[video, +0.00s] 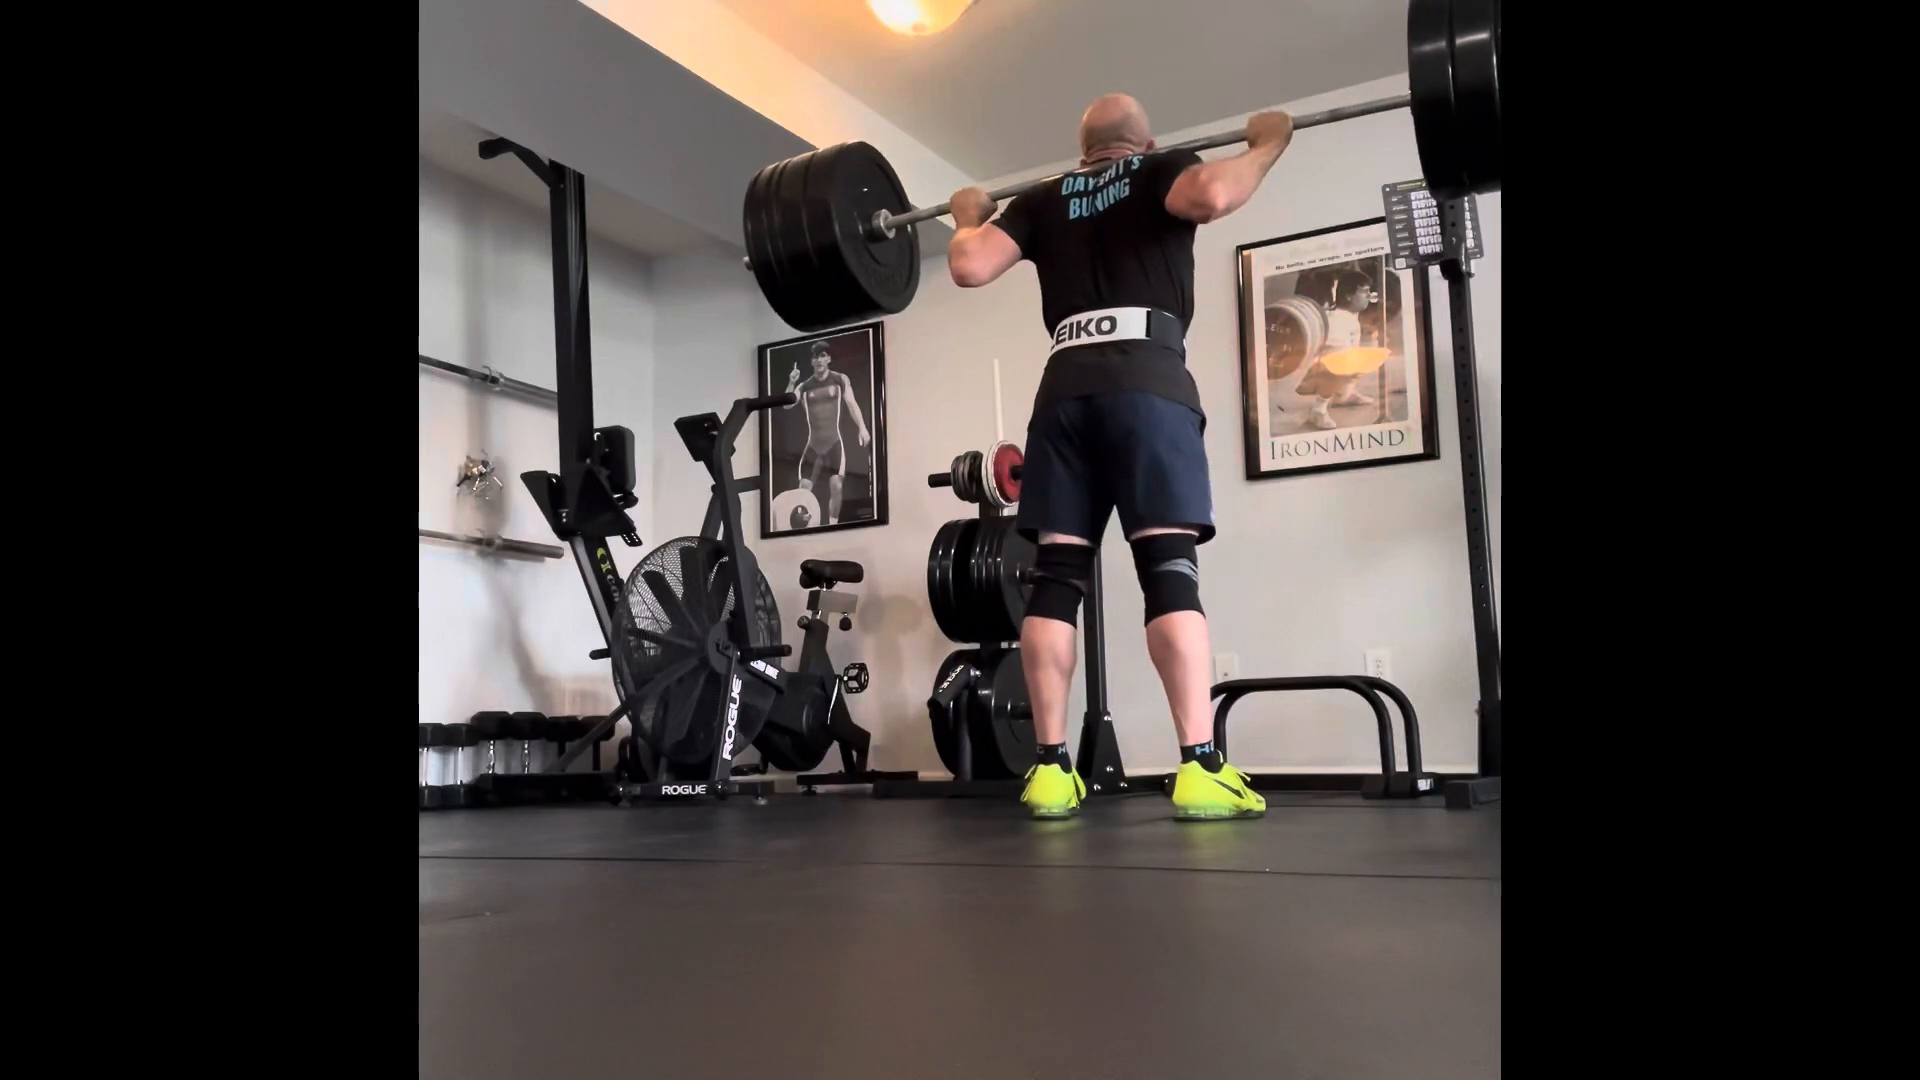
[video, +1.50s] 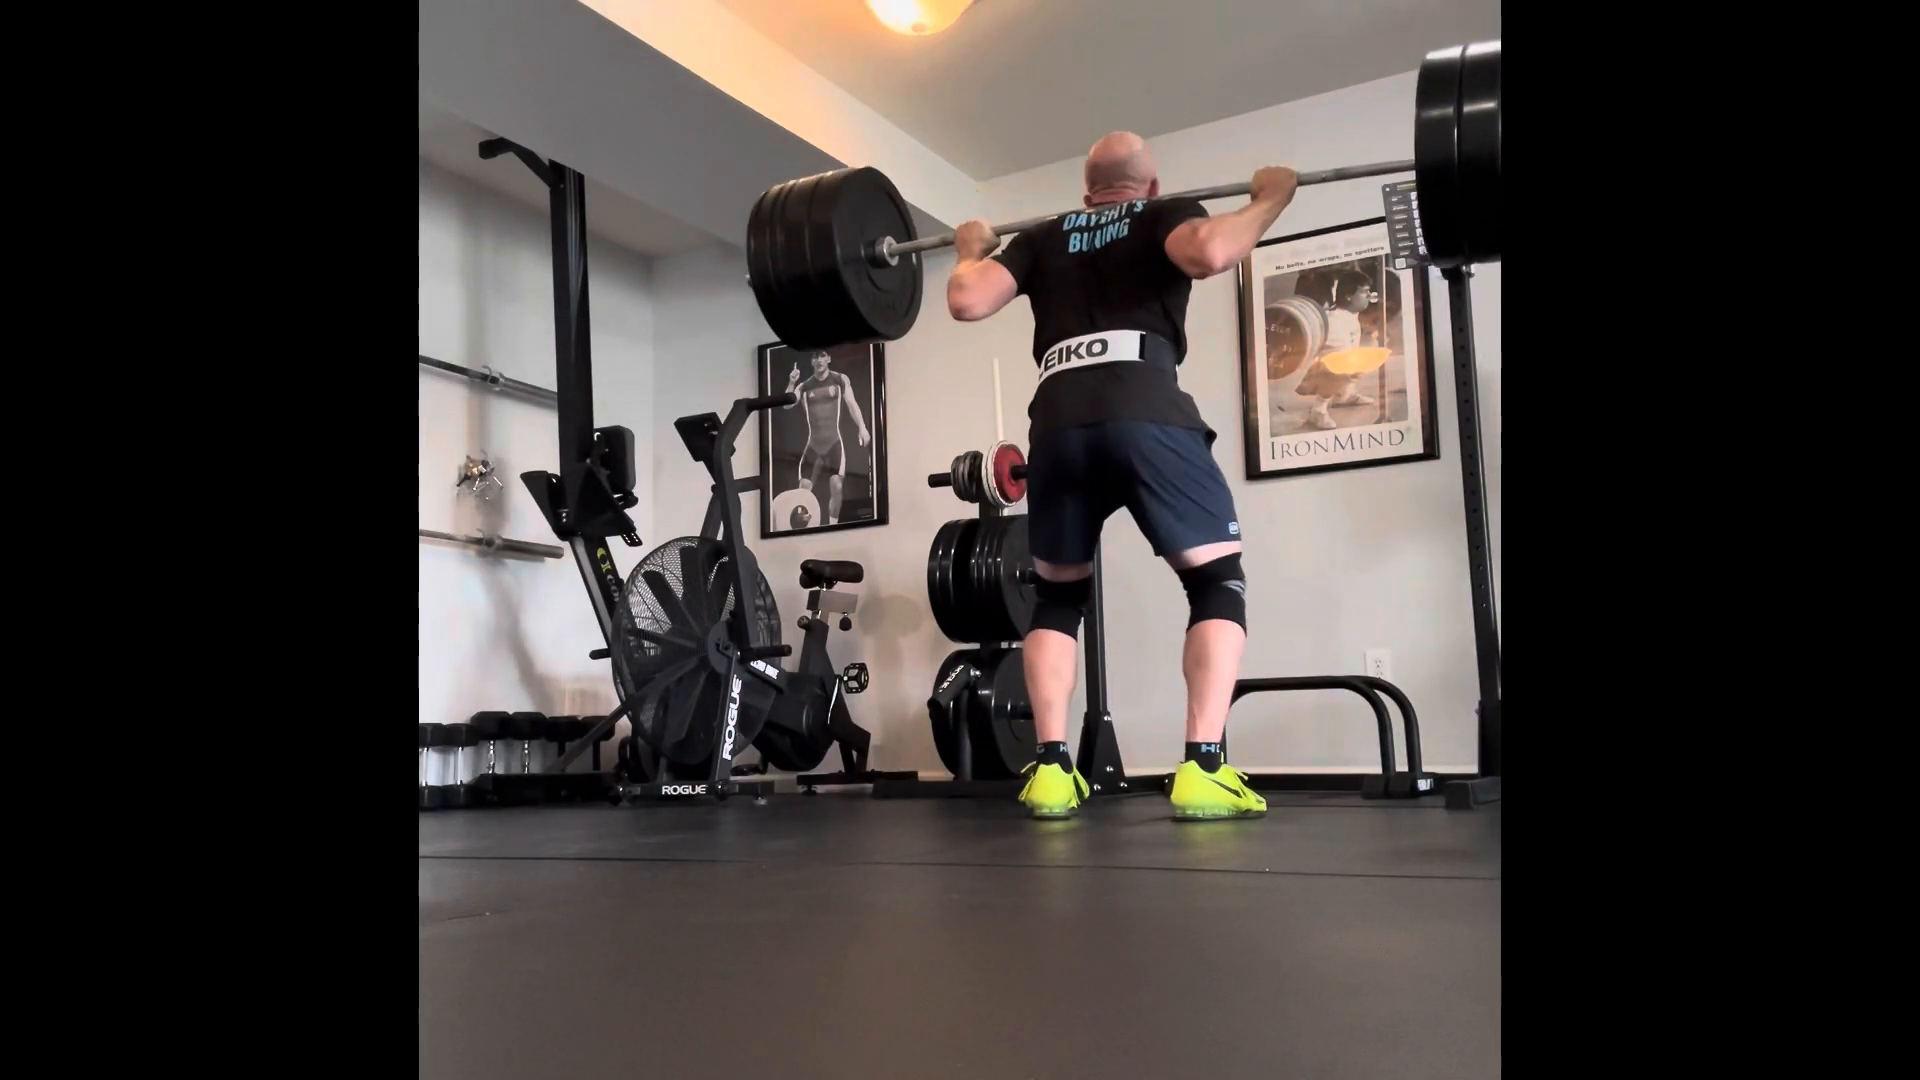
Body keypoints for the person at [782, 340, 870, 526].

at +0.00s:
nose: (819, 362)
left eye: (823, 358)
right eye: (816, 358)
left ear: (829, 359)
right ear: (811, 361)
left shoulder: (840, 380)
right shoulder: (803, 387)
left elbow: (852, 405)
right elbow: (787, 406)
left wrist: (862, 428)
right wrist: (791, 384)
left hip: (834, 443)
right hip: (812, 445)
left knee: (835, 484)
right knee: (804, 486)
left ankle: (832, 527)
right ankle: (802, 527)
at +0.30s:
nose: (819, 361)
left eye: (823, 357)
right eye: (816, 358)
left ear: (829, 359)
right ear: (811, 361)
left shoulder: (840, 380)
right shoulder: (803, 386)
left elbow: (852, 405)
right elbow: (787, 405)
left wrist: (862, 428)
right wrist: (791, 384)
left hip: (834, 443)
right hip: (812, 445)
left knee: (835, 484)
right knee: (804, 486)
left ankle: (832, 527)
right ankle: (803, 528)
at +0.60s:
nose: (819, 360)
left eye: (823, 356)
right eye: (816, 357)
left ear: (829, 359)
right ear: (811, 361)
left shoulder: (840, 379)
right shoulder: (803, 386)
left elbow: (852, 405)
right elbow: (787, 405)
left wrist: (862, 428)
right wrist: (791, 384)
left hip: (834, 443)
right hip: (813, 444)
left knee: (836, 485)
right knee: (804, 486)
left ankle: (832, 528)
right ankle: (802, 528)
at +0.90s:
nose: (819, 363)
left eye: (823, 359)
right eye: (816, 360)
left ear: (829, 360)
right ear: (811, 362)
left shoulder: (840, 380)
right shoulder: (803, 386)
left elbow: (852, 405)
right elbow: (787, 405)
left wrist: (862, 428)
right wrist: (791, 384)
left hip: (834, 443)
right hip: (813, 444)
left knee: (836, 485)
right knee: (804, 486)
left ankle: (832, 528)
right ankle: (802, 528)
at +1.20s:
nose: (819, 360)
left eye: (823, 356)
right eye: (816, 357)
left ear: (829, 359)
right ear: (811, 361)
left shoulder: (840, 380)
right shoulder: (803, 386)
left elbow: (852, 405)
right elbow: (788, 405)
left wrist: (862, 428)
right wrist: (791, 383)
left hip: (834, 443)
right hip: (813, 444)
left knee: (836, 485)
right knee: (804, 486)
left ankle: (832, 528)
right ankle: (803, 528)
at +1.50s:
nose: (820, 366)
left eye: (823, 362)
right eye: (816, 363)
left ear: (829, 360)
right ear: (811, 364)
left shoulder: (840, 380)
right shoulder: (803, 387)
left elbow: (852, 405)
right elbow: (787, 404)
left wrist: (862, 428)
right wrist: (791, 383)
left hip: (834, 443)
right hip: (813, 444)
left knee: (836, 485)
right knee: (804, 486)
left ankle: (832, 528)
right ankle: (801, 527)